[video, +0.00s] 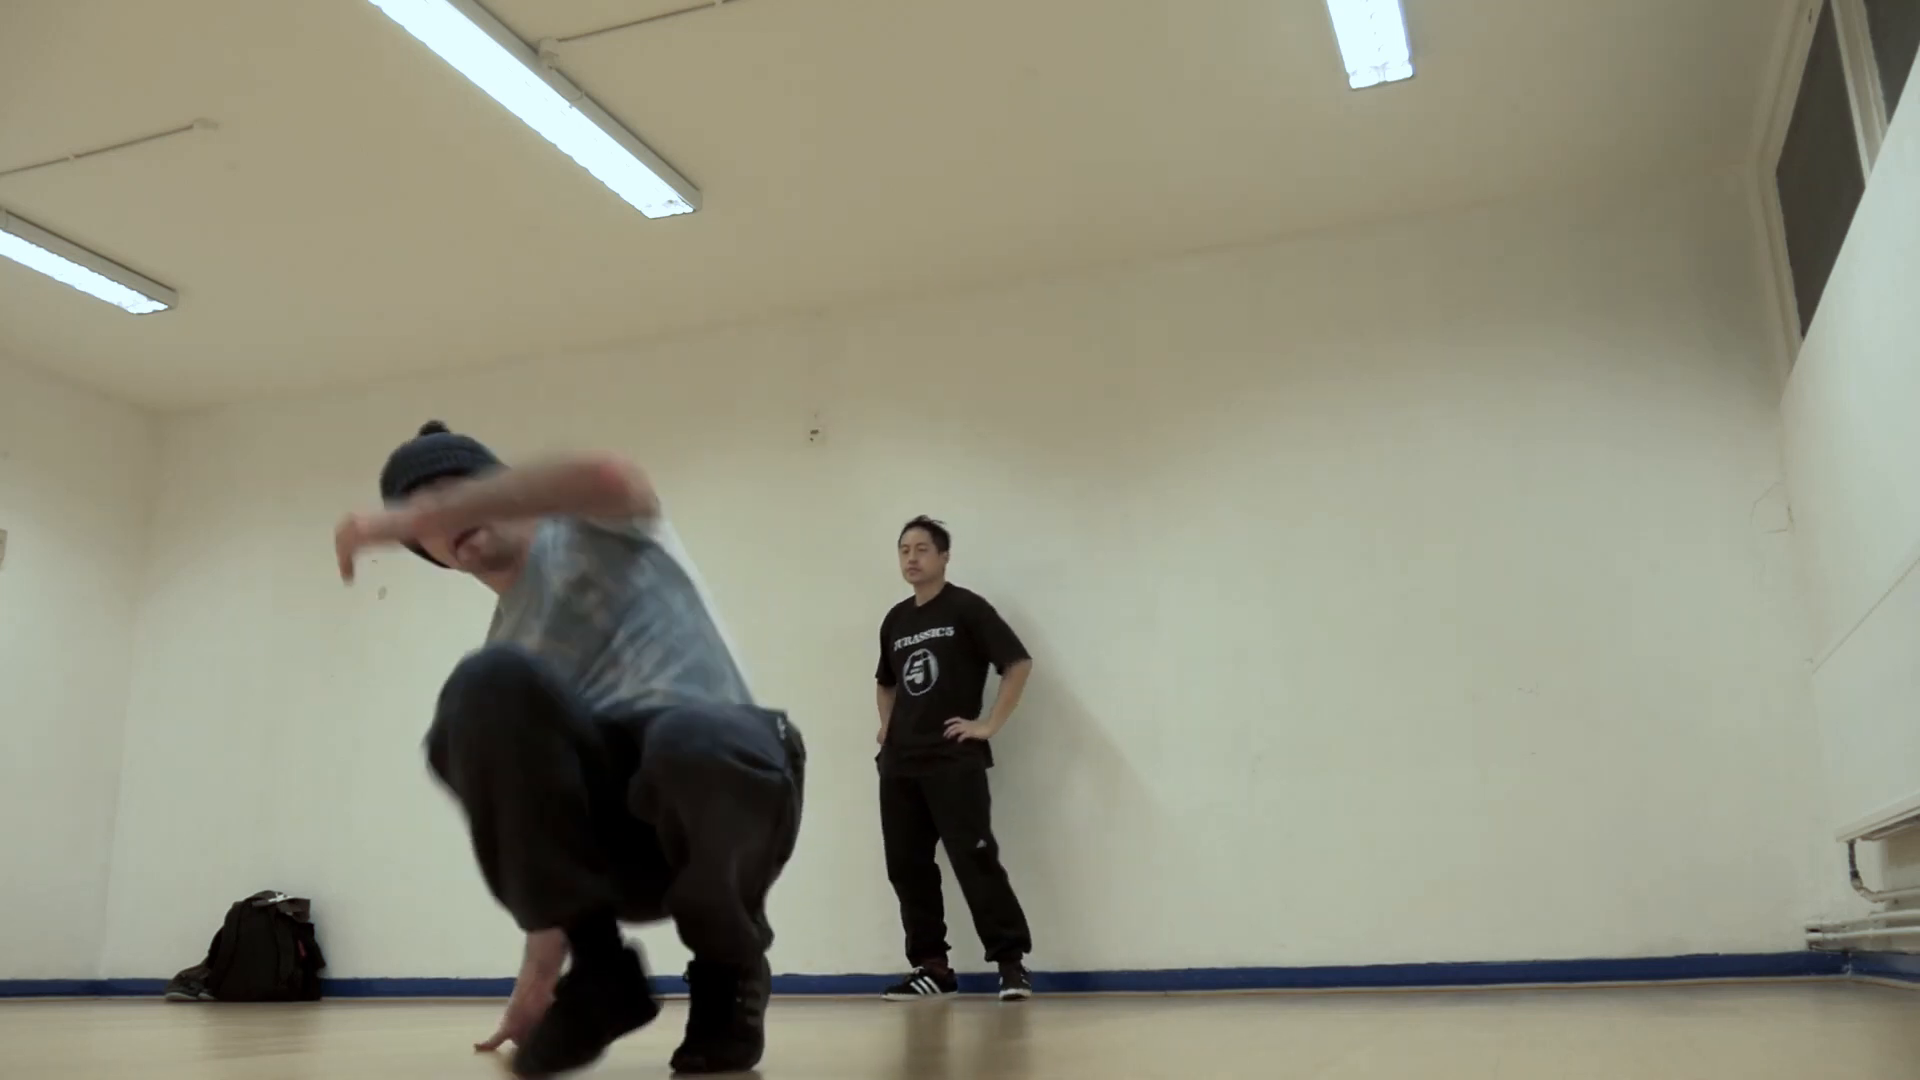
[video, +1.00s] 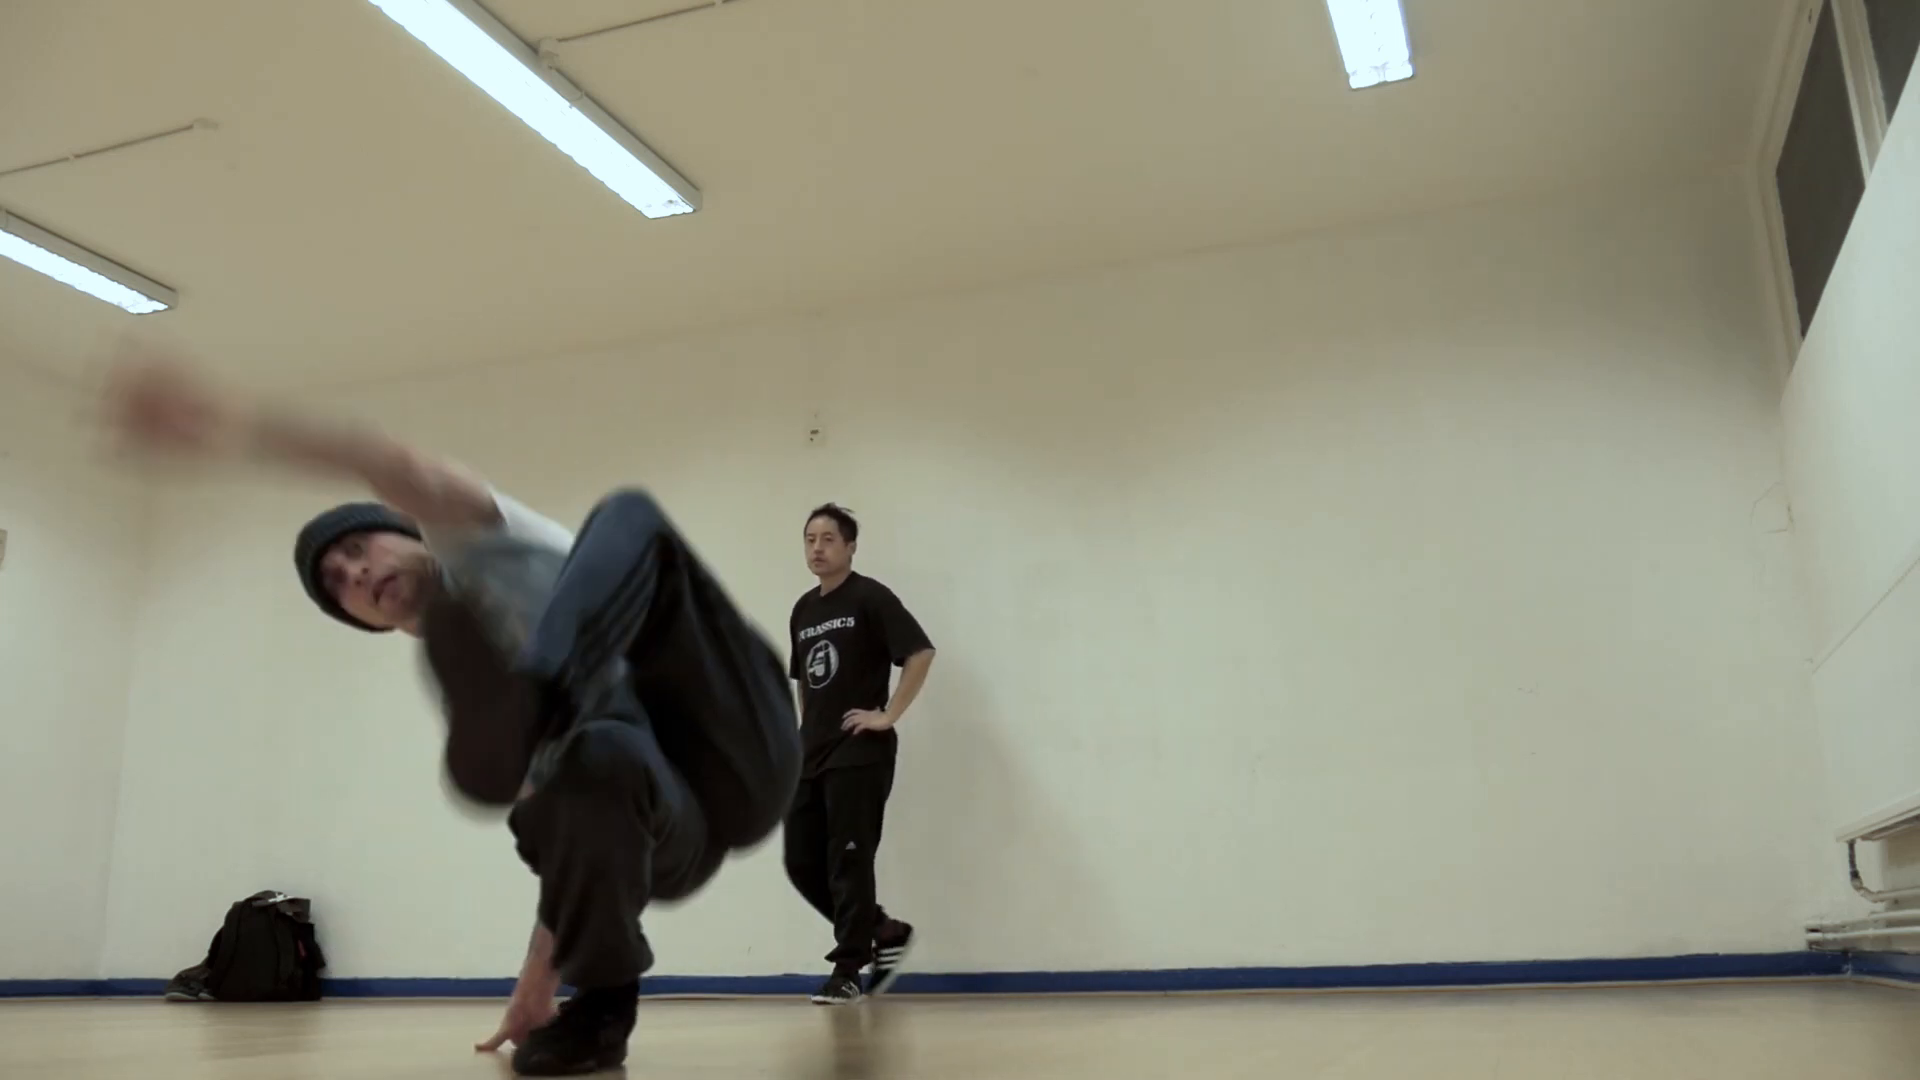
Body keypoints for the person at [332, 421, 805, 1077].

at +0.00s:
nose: (447, 524)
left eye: (455, 496)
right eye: (424, 517)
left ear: (499, 483)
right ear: (421, 549)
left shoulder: (600, 526)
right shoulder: (506, 647)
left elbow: (612, 477)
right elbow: (537, 812)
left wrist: (411, 517)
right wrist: (532, 981)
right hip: (603, 835)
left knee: (698, 742)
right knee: (486, 687)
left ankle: (726, 980)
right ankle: (605, 972)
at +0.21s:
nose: (426, 502)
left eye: (432, 477)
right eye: (406, 509)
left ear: (478, 470)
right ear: (421, 546)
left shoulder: (555, 481)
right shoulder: (490, 660)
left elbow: (485, 358)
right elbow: (536, 803)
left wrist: (355, 404)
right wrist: (529, 999)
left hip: (690, 679)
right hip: (593, 746)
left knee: (746, 568)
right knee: (543, 809)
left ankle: (781, 913)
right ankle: (471, 1007)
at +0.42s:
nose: (414, 501)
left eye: (424, 478)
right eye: (395, 508)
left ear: (476, 477)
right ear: (411, 547)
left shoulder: (542, 487)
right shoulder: (488, 662)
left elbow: (458, 347)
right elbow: (535, 827)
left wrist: (335, 393)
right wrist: (532, 994)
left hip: (706, 702)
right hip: (588, 749)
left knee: (755, 816)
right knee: (509, 768)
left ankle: (847, 1010)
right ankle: (403, 855)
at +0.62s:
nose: (398, 509)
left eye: (405, 484)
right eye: (376, 516)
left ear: (454, 481)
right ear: (389, 554)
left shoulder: (541, 492)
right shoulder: (460, 661)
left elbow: (468, 377)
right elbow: (532, 819)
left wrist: (290, 400)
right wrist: (533, 990)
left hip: (693, 722)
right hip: (595, 785)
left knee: (753, 560)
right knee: (550, 652)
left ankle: (762, 841)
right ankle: (571, 975)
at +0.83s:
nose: (373, 603)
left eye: (377, 580)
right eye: (355, 595)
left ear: (422, 556)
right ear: (365, 603)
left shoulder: (532, 568)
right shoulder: (460, 689)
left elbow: (398, 582)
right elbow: (552, 833)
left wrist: (203, 649)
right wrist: (536, 990)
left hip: (723, 859)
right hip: (628, 910)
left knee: (676, 573)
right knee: (585, 742)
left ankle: (479, 723)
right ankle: (589, 1017)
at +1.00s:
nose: (357, 575)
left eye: (357, 549)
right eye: (340, 587)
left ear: (408, 530)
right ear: (364, 619)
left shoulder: (496, 547)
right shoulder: (468, 683)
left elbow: (393, 463)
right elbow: (561, 820)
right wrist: (536, 995)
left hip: (744, 757)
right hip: (666, 838)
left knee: (635, 517)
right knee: (599, 759)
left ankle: (527, 709)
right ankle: (598, 1007)